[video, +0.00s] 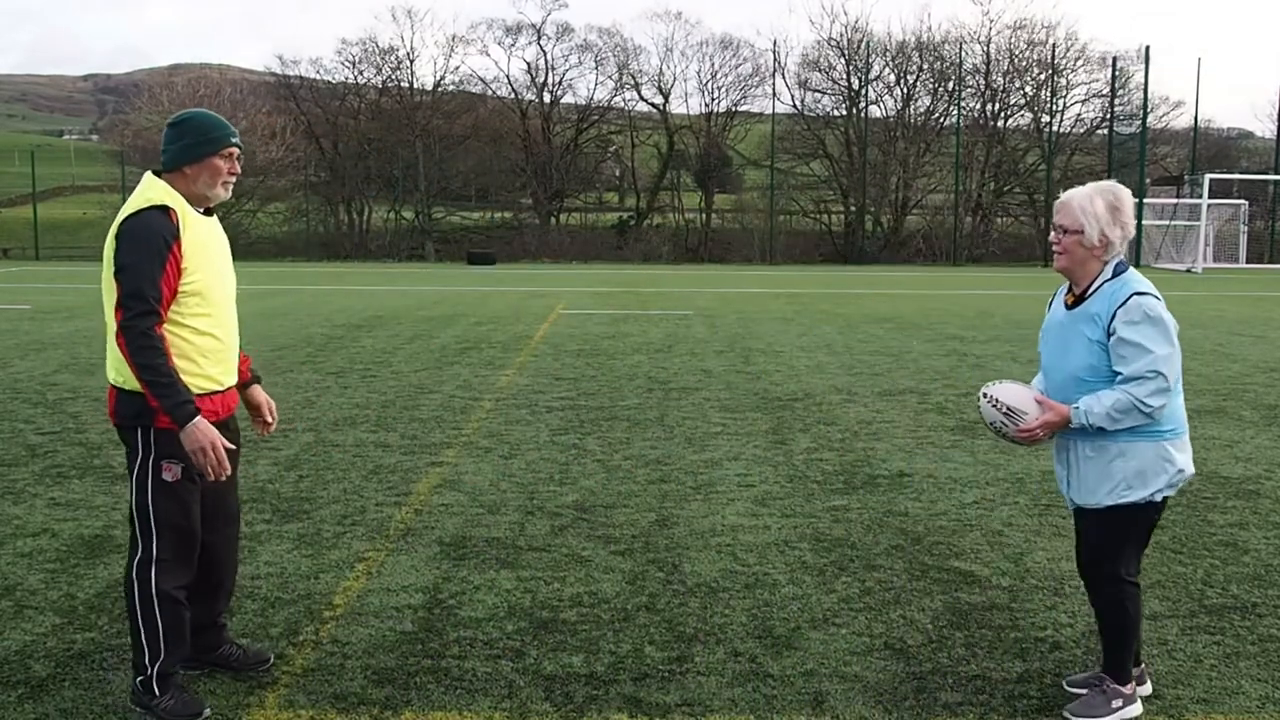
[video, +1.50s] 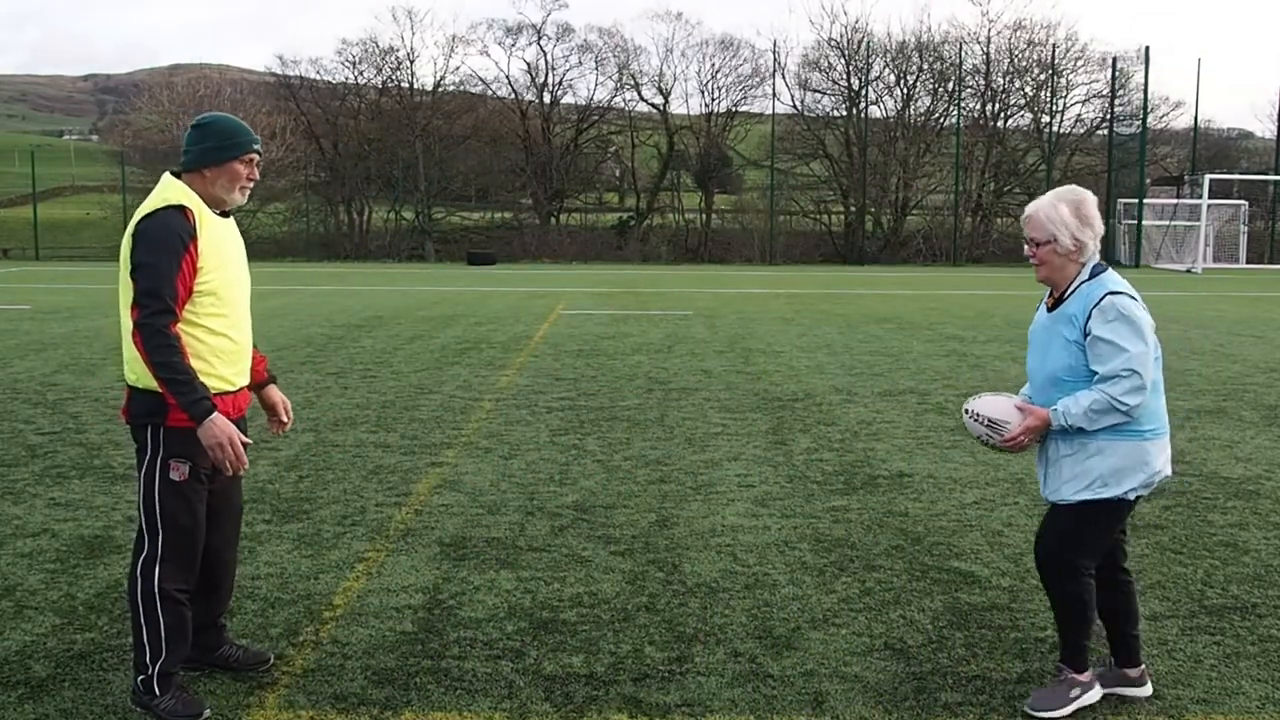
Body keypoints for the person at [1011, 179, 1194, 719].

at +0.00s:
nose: (1052, 238)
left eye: (1064, 230)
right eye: (1053, 228)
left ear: (1100, 239)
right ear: (1063, 234)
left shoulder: (1136, 305)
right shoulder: (1065, 298)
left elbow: (1152, 392)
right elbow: (1056, 372)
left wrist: (1071, 414)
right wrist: (1030, 407)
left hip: (1135, 464)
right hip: (1091, 460)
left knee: (1113, 570)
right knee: (1095, 568)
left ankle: (1122, 684)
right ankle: (1122, 667)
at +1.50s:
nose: (1029, 253)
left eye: (1037, 243)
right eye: (1027, 243)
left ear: (1073, 243)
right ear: (1052, 246)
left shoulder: (1112, 304)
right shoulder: (1059, 301)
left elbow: (1127, 390)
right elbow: (1052, 379)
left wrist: (1053, 417)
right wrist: (1016, 411)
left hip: (1114, 460)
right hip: (1081, 457)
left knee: (1059, 554)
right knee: (1107, 562)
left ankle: (1076, 673)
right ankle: (1128, 670)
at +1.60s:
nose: (1013, 257)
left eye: (1022, 247)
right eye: (1011, 247)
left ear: (1058, 246)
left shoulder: (1098, 305)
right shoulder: (1041, 304)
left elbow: (1117, 391)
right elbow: (1037, 382)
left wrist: (1041, 418)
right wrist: (1001, 420)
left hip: (1106, 459)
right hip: (1071, 455)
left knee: (1049, 550)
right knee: (1096, 562)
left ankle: (1028, 678)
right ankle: (1129, 669)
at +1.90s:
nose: (947, 265)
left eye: (957, 255)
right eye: (945, 255)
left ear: (993, 257)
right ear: (979, 259)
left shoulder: (1032, 315)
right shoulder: (972, 313)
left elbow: (1048, 405)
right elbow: (964, 390)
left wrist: (973, 430)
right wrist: (929, 426)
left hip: (1036, 470)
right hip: (1001, 467)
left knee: (980, 561)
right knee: (1044, 562)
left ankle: (965, 690)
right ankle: (1114, 653)